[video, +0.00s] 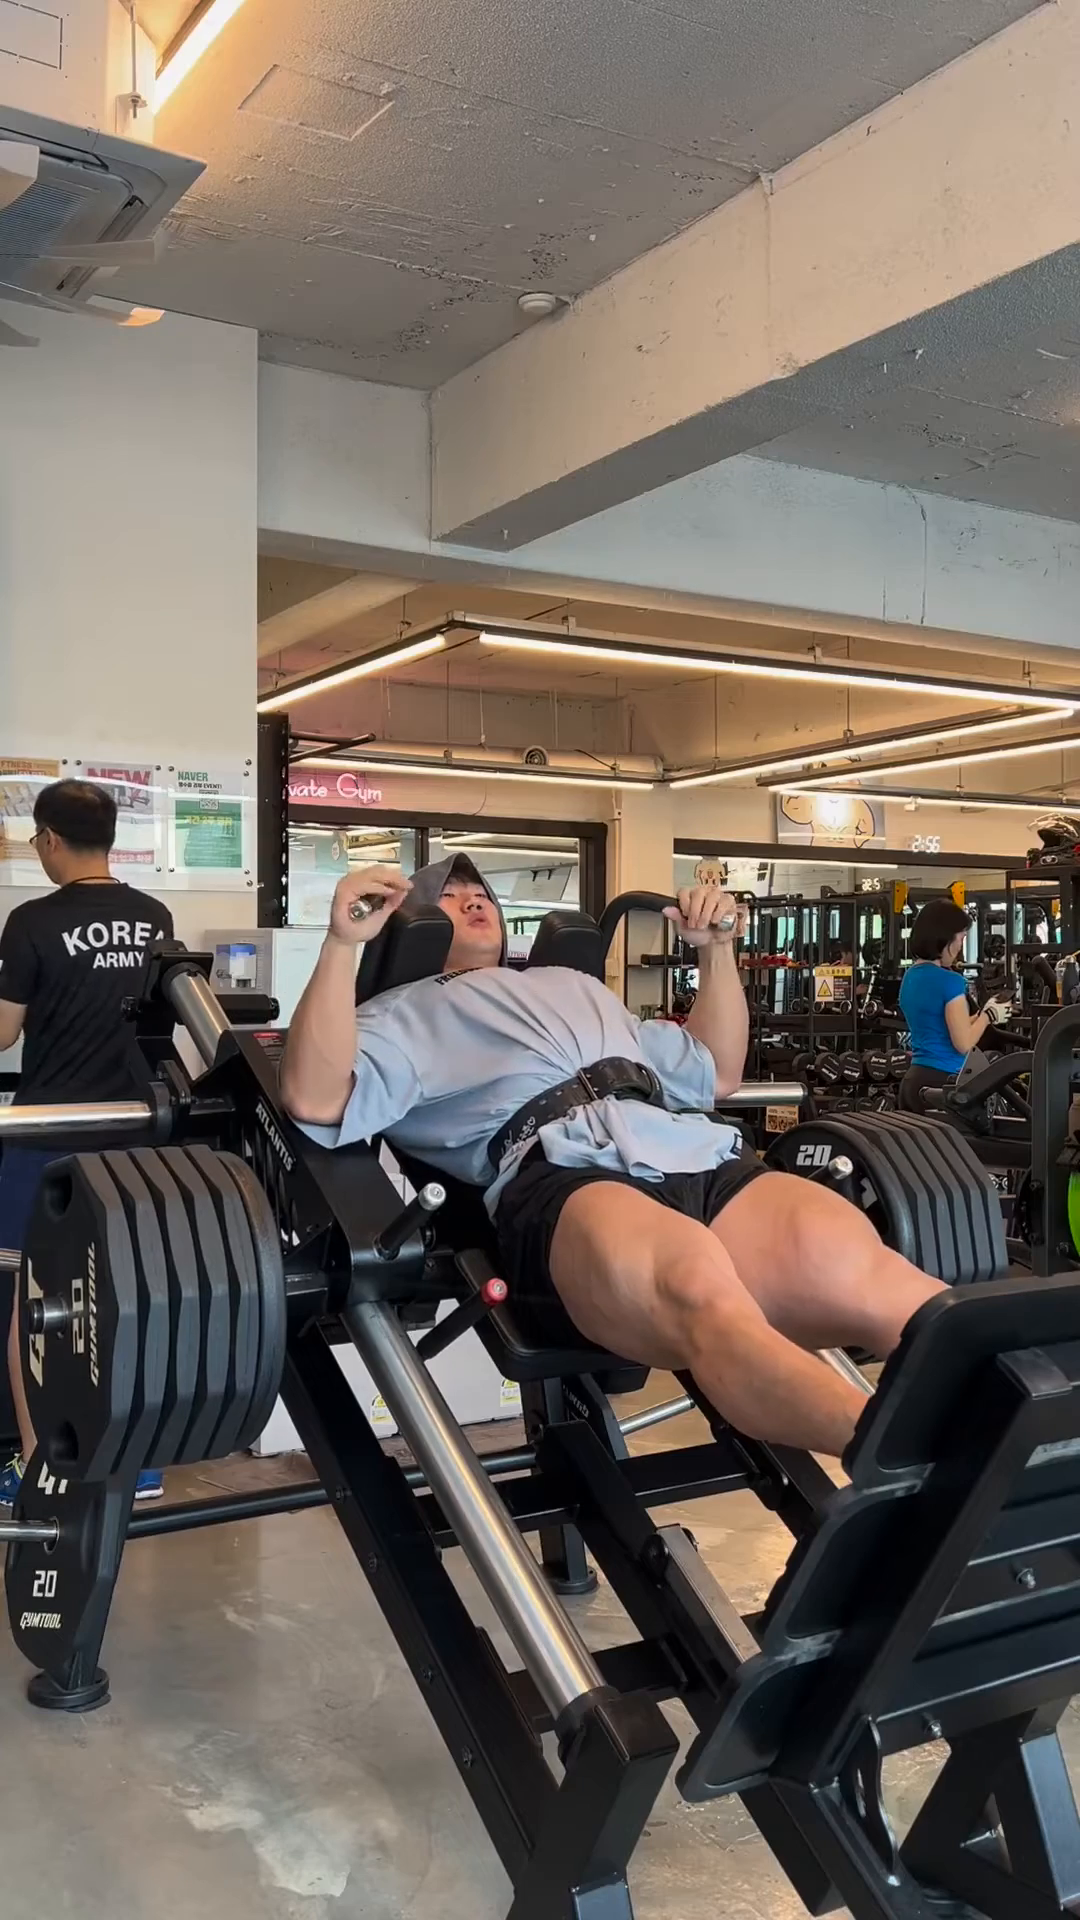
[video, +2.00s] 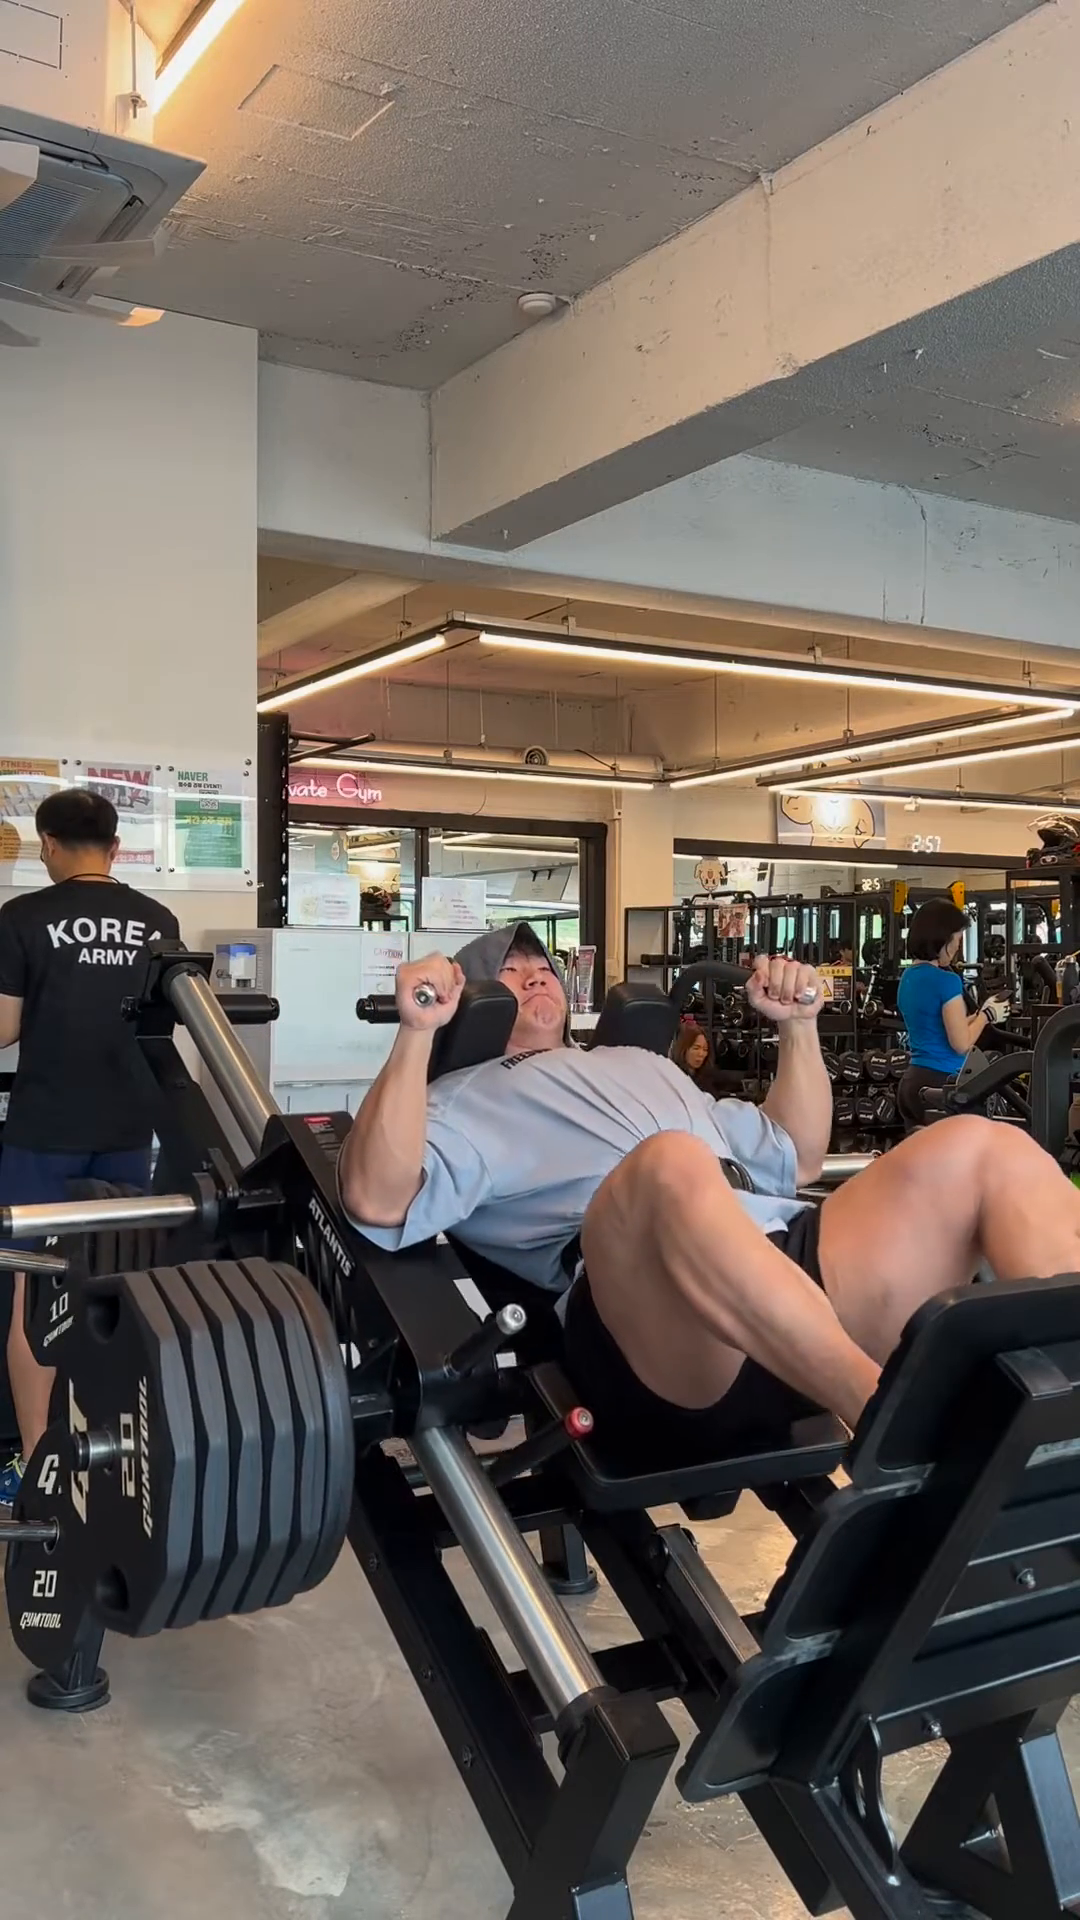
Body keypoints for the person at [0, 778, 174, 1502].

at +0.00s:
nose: (35, 848)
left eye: (37, 837)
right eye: (37, 837)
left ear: (50, 840)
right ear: (110, 841)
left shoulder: (34, 920)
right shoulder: (154, 913)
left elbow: (6, 1030)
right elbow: (166, 1013)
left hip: (47, 1132)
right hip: (137, 1132)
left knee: (26, 1294)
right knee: (133, 1292)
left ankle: (34, 1456)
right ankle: (138, 1462)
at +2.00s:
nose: (47, 857)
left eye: (45, 847)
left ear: (48, 846)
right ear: (115, 848)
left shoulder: (25, 917)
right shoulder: (159, 919)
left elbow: (5, 1027)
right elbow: (172, 1021)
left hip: (46, 1129)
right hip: (136, 1128)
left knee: (30, 1293)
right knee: (125, 1289)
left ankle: (41, 1461)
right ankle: (129, 1453)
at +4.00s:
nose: (41, 862)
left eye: (40, 852)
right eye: (42, 853)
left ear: (48, 849)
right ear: (114, 848)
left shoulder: (30, 916)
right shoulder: (164, 917)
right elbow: (177, 1010)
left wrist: (35, 988)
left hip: (50, 1130)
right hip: (136, 1131)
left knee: (27, 1298)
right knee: (126, 1287)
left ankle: (40, 1466)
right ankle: (138, 1455)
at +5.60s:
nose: (53, 858)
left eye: (49, 847)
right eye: (62, 848)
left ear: (51, 846)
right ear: (119, 847)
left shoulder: (28, 919)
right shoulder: (164, 920)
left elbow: (9, 1033)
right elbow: (171, 1022)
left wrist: (63, 1014)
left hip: (48, 1133)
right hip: (144, 1132)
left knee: (22, 1300)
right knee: (133, 1293)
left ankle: (37, 1454)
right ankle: (131, 1449)